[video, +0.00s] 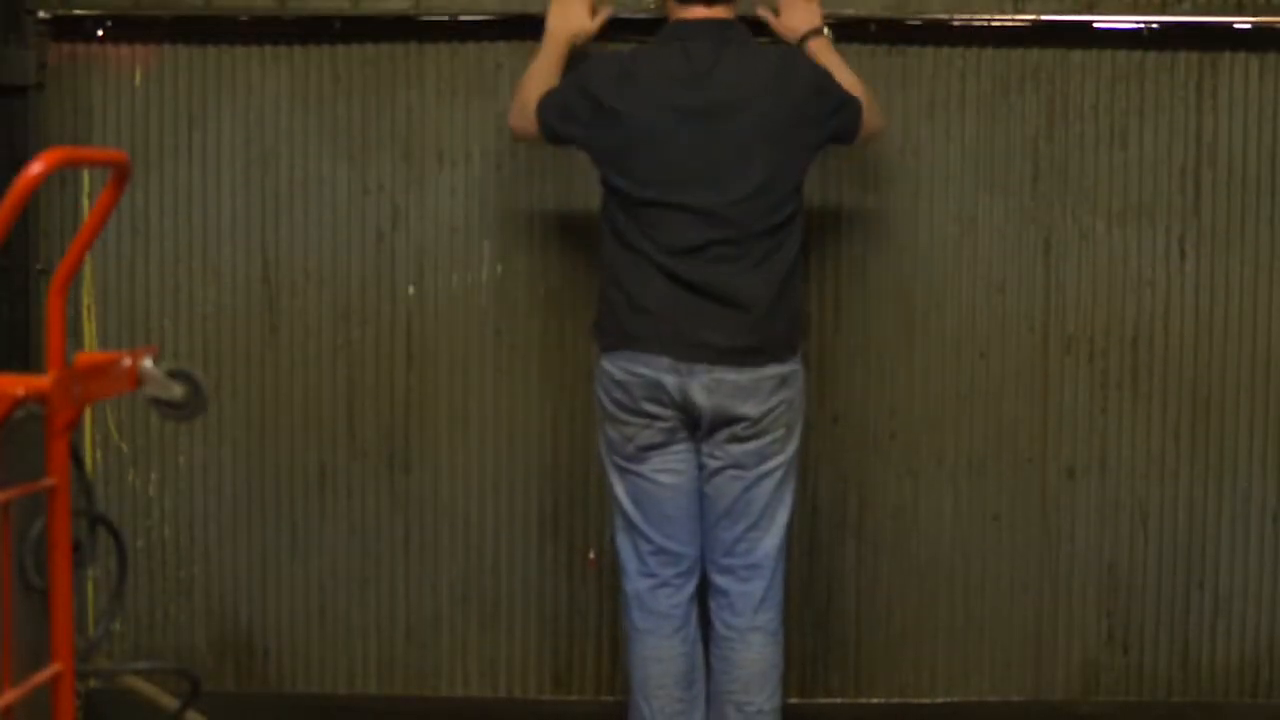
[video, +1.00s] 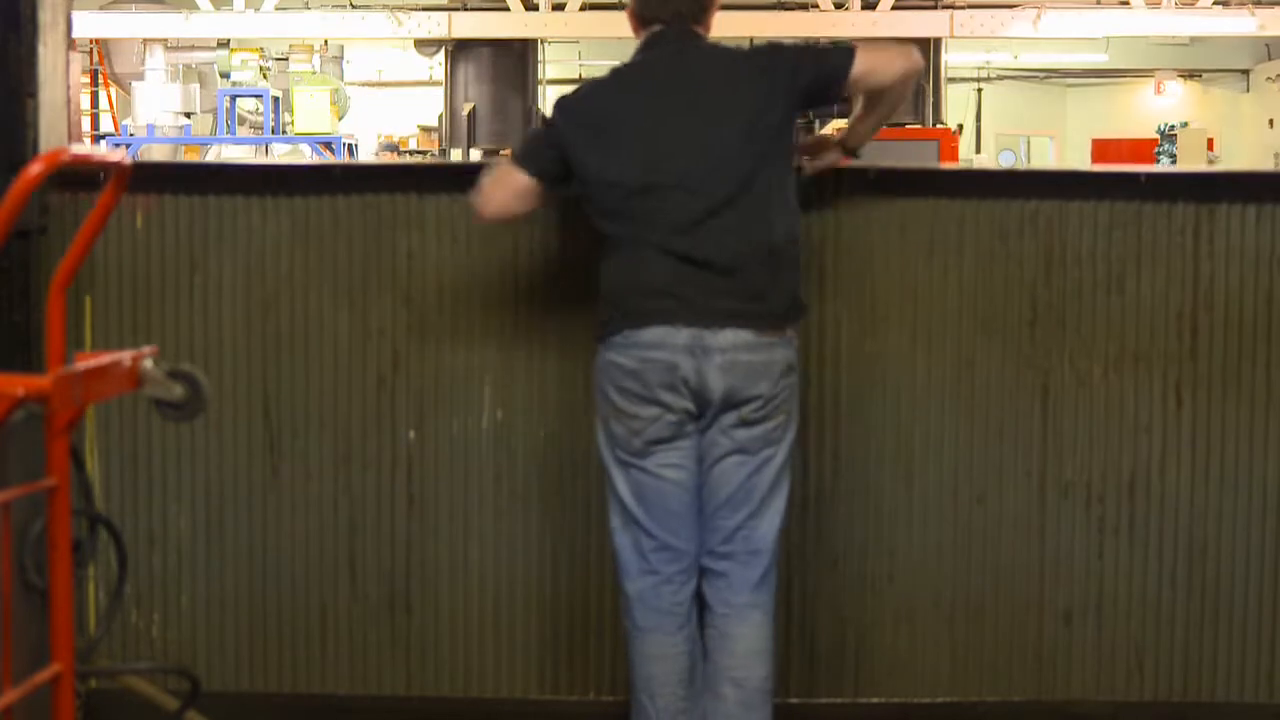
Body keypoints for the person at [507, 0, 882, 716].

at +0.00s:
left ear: (665, 1)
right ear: (740, 2)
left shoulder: (620, 77)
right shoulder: (785, 76)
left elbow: (528, 114)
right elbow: (863, 117)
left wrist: (557, 38)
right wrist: (813, 38)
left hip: (639, 355)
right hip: (753, 361)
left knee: (658, 581)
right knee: (746, 584)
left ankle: (664, 715)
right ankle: (744, 716)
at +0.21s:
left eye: (650, 4)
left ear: (655, 6)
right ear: (730, 4)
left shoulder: (616, 79)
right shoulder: (774, 78)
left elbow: (531, 156)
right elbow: (848, 160)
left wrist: (559, 63)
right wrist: (809, 65)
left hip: (641, 347)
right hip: (756, 349)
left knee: (658, 576)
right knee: (750, 576)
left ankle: (665, 716)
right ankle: (749, 715)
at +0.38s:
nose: (647, 13)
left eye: (650, 8)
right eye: (734, 7)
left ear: (653, 11)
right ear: (733, 9)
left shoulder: (615, 86)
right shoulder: (777, 87)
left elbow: (530, 169)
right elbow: (844, 173)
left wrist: (560, 75)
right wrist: (809, 75)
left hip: (640, 338)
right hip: (756, 340)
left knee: (656, 573)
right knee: (750, 572)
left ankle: (663, 715)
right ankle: (749, 714)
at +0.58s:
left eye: (651, 9)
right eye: (732, 9)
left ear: (652, 13)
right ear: (731, 13)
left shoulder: (619, 95)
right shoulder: (778, 91)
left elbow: (534, 198)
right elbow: (855, 199)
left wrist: (562, 104)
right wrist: (812, 104)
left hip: (645, 339)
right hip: (759, 340)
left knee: (659, 572)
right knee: (752, 571)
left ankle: (666, 714)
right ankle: (750, 714)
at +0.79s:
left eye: (631, 14)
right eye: (718, 12)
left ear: (635, 17)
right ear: (716, 14)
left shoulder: (605, 102)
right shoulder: (779, 89)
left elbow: (538, 228)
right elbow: (870, 185)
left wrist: (562, 141)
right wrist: (793, 136)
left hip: (647, 338)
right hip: (762, 337)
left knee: (662, 572)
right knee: (754, 570)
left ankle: (671, 714)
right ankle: (754, 713)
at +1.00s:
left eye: (630, 14)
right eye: (715, 14)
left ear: (633, 20)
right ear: (712, 16)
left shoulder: (593, 104)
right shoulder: (765, 70)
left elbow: (492, 201)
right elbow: (900, 63)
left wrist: (564, 165)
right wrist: (849, 140)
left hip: (643, 340)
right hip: (756, 338)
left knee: (657, 571)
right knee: (742, 572)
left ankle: (665, 716)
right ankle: (738, 717)